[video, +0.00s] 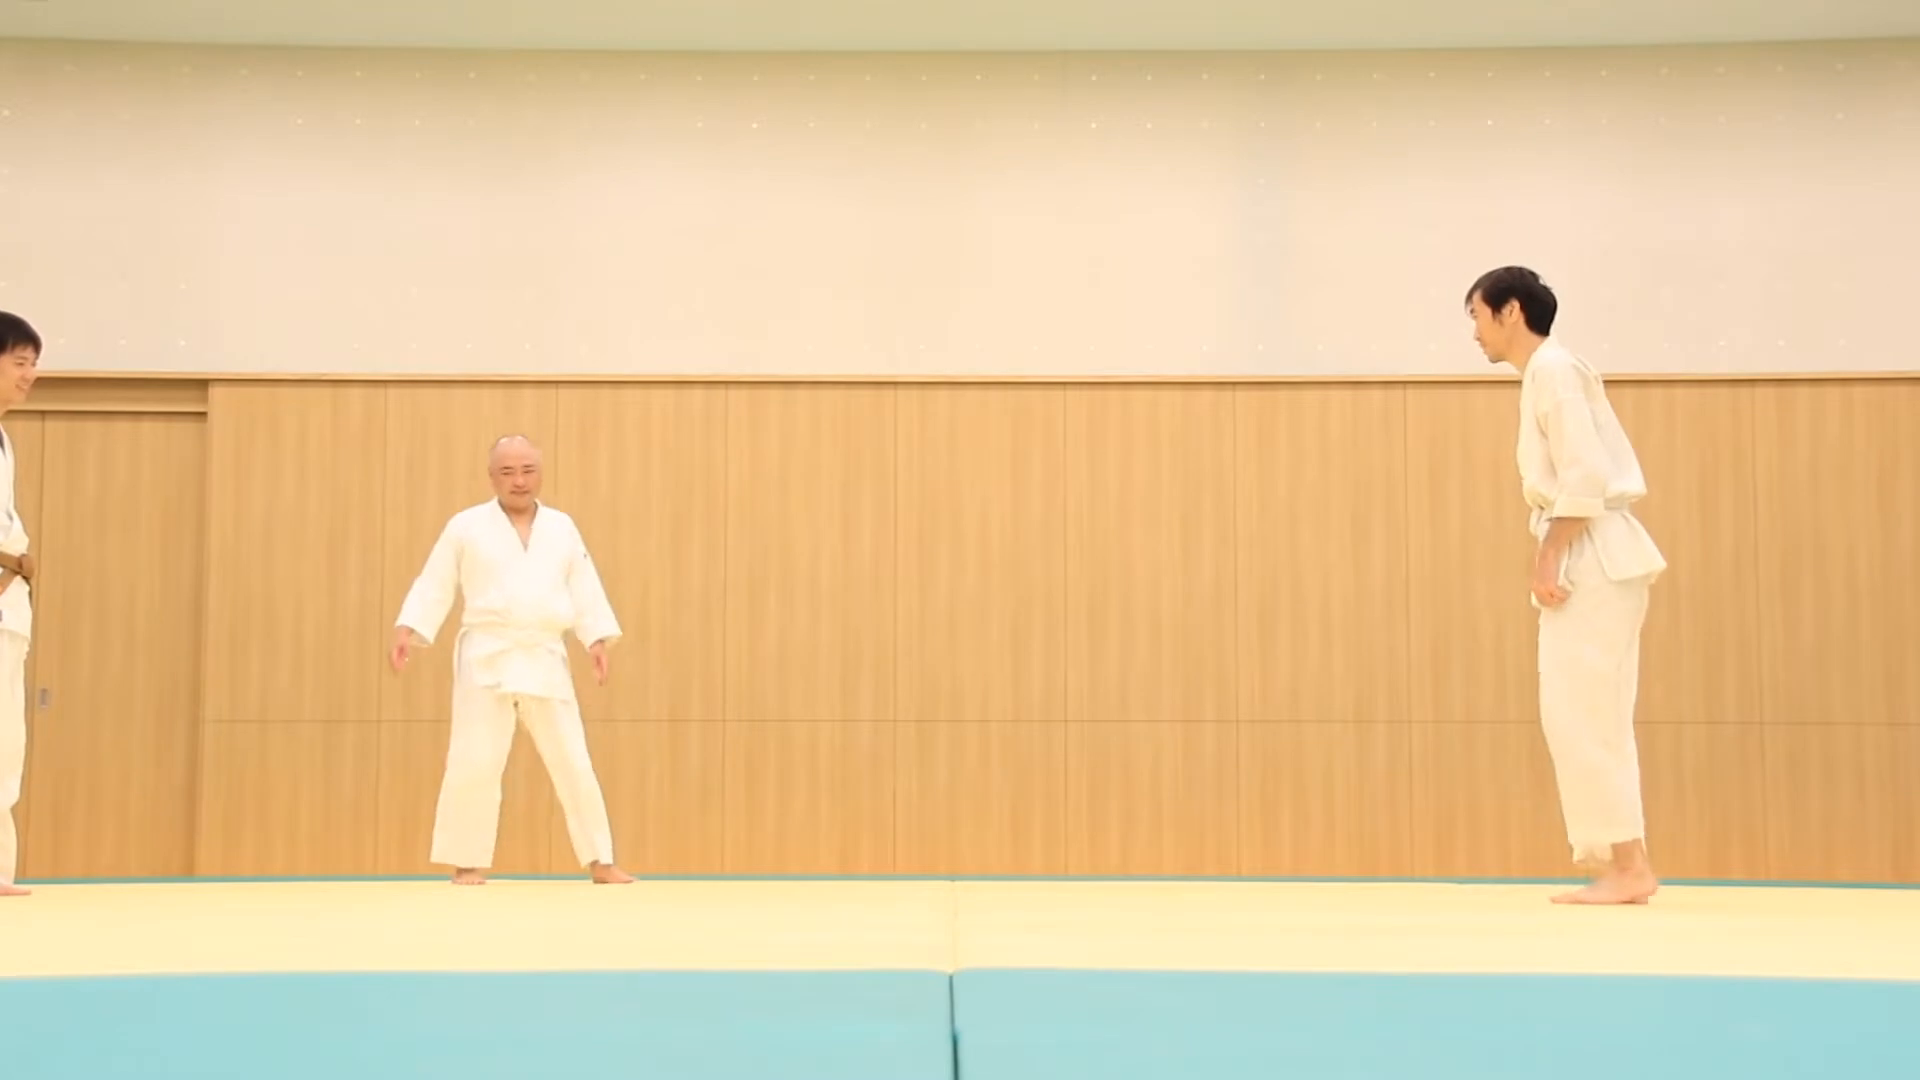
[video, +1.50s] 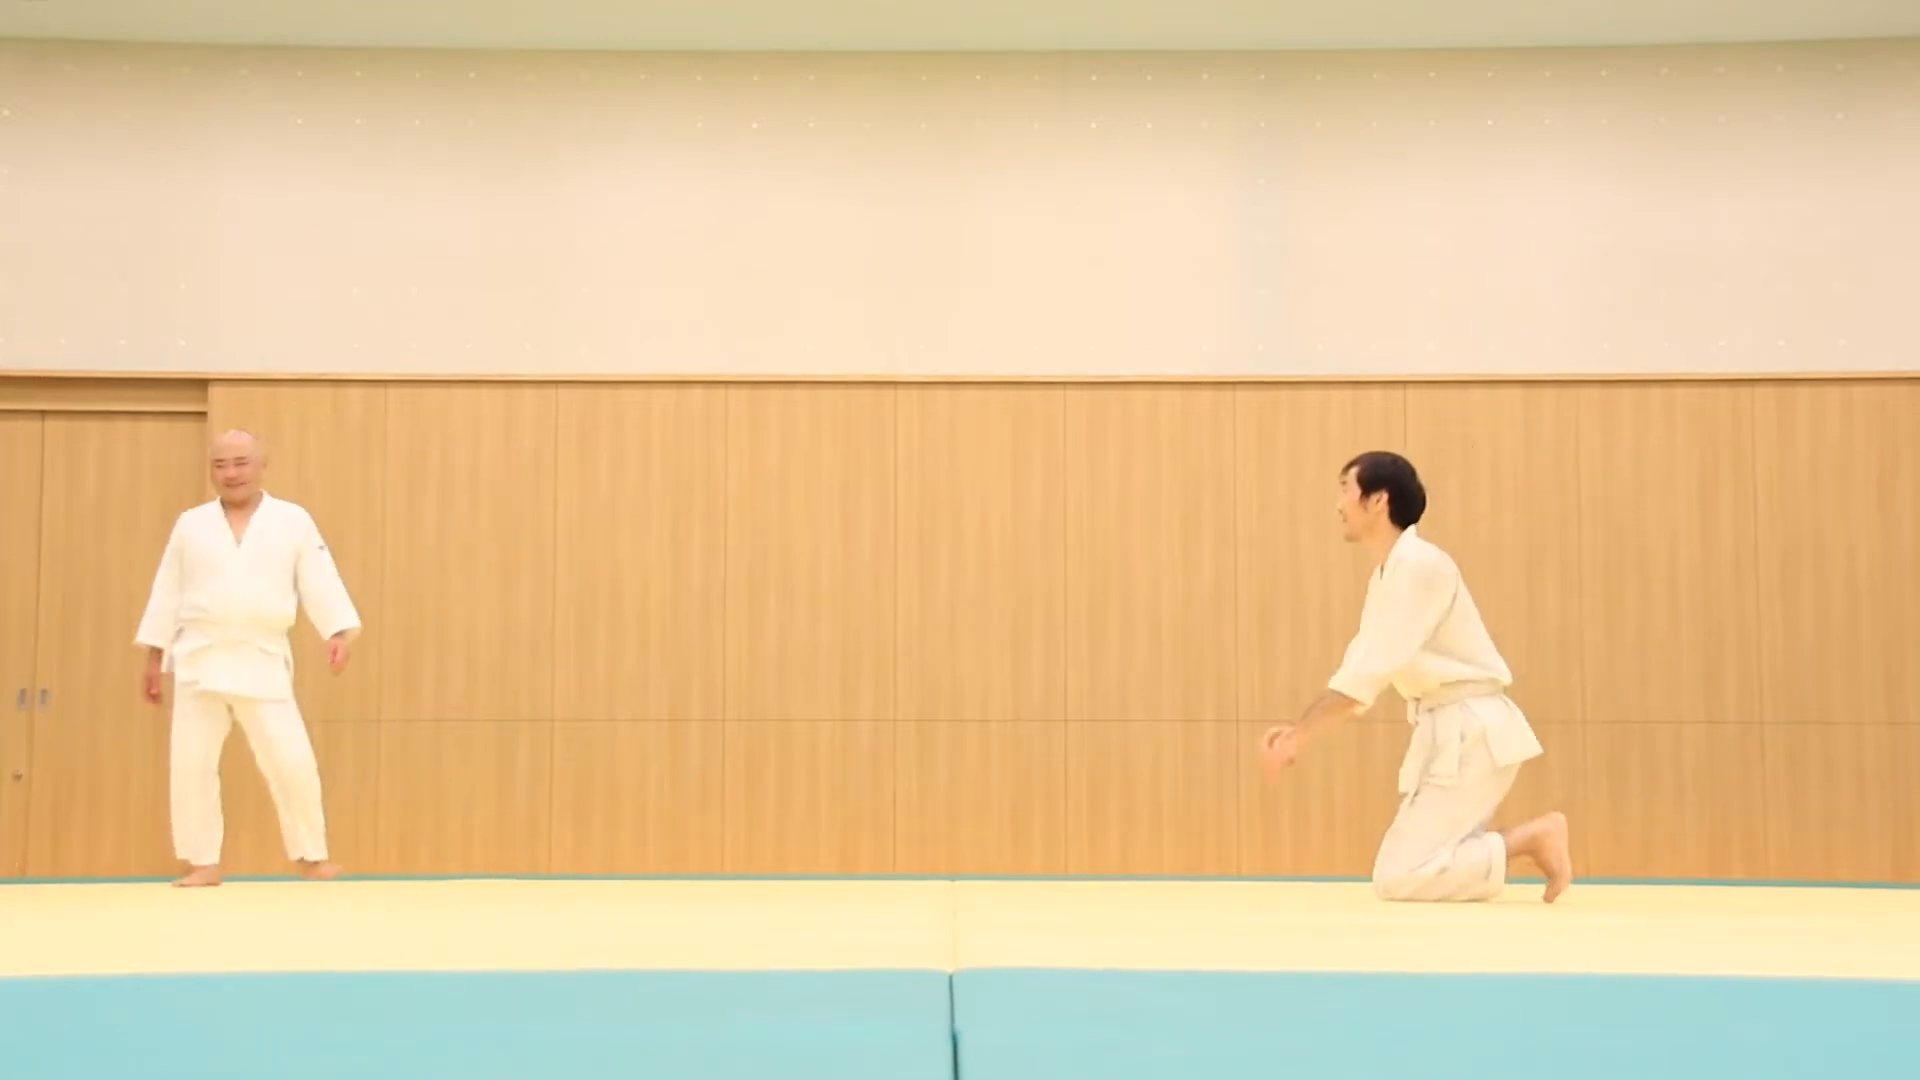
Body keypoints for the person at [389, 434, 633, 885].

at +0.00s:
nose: (519, 479)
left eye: (528, 470)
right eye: (508, 471)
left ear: (540, 474)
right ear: (491, 476)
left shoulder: (560, 526)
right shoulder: (467, 526)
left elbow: (583, 584)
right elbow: (436, 582)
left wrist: (596, 637)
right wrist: (408, 627)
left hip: (544, 656)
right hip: (485, 656)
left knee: (572, 759)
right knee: (476, 760)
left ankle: (600, 862)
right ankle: (469, 865)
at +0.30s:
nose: (458, 476)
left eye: (467, 466)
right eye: (447, 468)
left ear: (480, 469)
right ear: (432, 474)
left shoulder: (505, 518)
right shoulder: (415, 526)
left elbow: (535, 560)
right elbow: (380, 584)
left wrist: (539, 596)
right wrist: (344, 639)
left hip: (498, 653)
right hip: (444, 654)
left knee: (506, 757)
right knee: (451, 755)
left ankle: (471, 856)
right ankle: (464, 860)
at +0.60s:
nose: (420, 479)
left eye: (427, 470)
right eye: (407, 472)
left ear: (438, 474)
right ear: (389, 480)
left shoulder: (456, 527)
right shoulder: (365, 529)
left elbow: (482, 577)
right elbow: (332, 592)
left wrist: (501, 617)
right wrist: (302, 652)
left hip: (439, 660)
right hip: (386, 659)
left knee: (412, 760)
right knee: (411, 758)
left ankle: (355, 859)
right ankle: (456, 861)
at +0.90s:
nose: (384, 471)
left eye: (391, 462)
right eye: (373, 463)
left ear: (402, 467)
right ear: (352, 471)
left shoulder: (413, 522)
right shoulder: (323, 516)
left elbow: (425, 592)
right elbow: (277, 568)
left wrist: (421, 652)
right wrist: (231, 620)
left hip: (384, 655)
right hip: (330, 651)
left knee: (375, 758)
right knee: (329, 751)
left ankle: (362, 858)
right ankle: (333, 855)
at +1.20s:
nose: (321, 471)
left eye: (330, 461)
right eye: (309, 463)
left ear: (343, 467)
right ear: (293, 469)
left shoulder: (360, 522)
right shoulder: (267, 517)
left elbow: (376, 591)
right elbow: (237, 577)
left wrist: (376, 654)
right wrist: (214, 626)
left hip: (339, 656)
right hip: (277, 653)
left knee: (342, 761)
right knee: (241, 751)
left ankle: (350, 863)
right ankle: (210, 861)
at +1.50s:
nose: (231, 472)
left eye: (241, 463)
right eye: (221, 464)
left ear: (262, 468)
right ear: (211, 471)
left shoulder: (291, 521)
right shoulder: (191, 525)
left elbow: (319, 578)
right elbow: (167, 592)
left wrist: (338, 629)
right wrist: (154, 657)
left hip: (262, 662)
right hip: (199, 661)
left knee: (293, 761)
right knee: (192, 765)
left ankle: (313, 858)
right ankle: (204, 866)